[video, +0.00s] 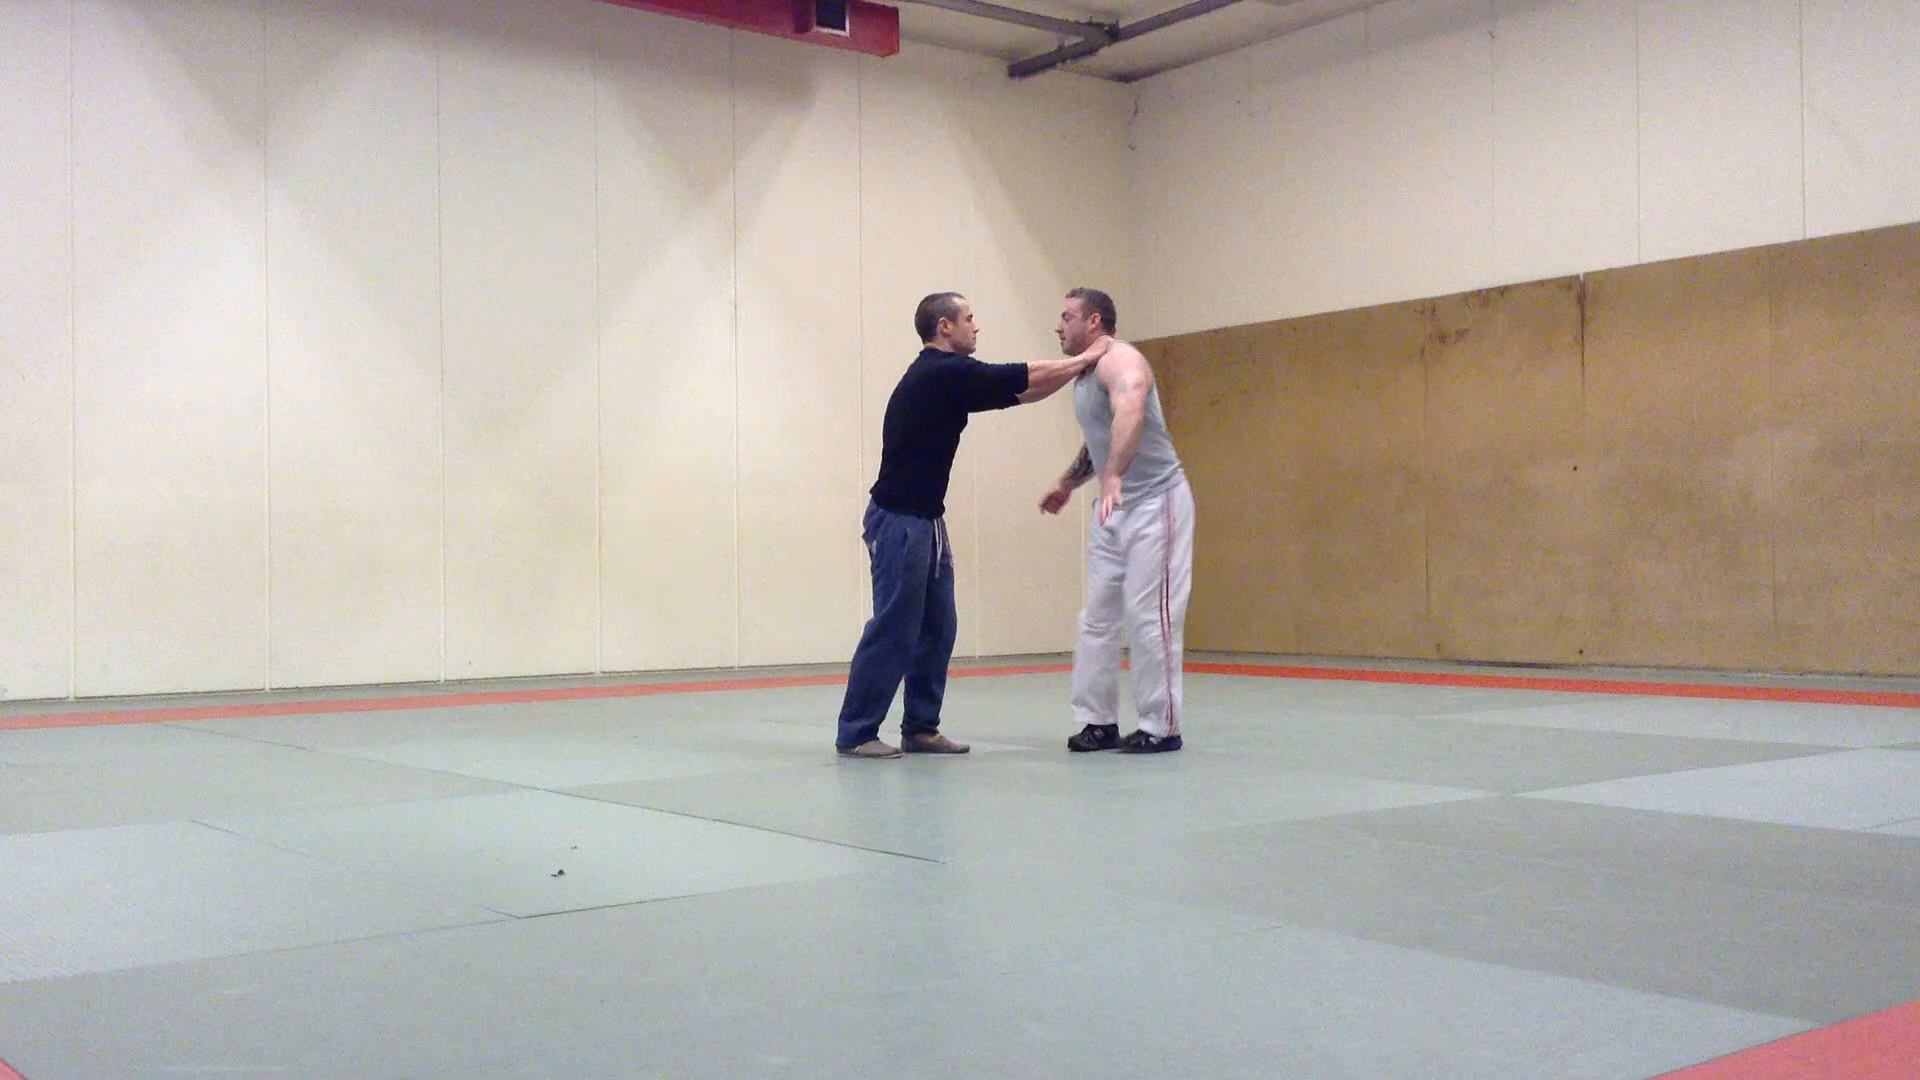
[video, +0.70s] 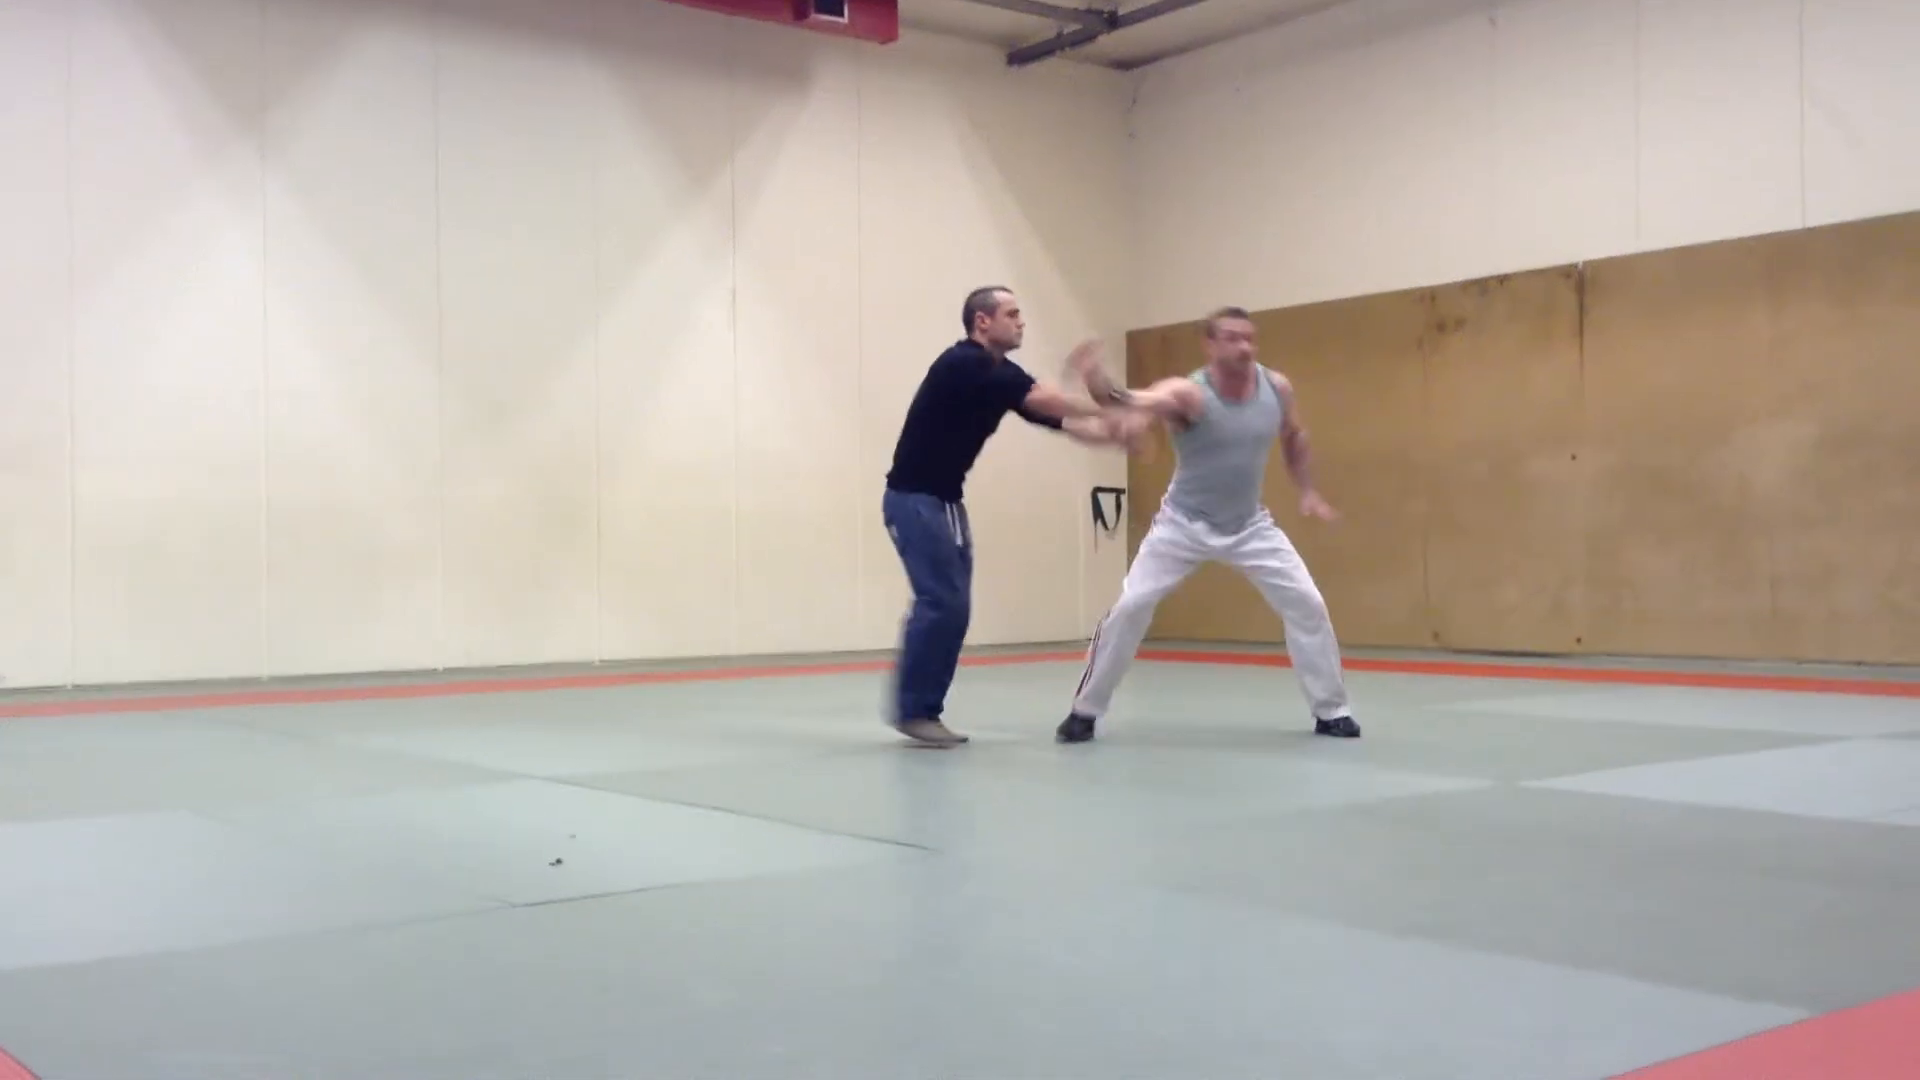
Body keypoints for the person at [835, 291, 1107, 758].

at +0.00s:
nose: (977, 327)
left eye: (974, 318)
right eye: (969, 319)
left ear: (941, 329)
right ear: (944, 327)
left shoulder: (947, 374)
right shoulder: (940, 372)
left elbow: (1022, 393)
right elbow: (1023, 375)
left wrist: (1078, 366)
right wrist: (1084, 358)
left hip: (928, 521)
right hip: (899, 521)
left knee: (937, 628)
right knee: (894, 626)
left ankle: (920, 731)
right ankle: (855, 735)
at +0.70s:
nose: (1021, 321)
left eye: (1020, 314)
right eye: (1012, 315)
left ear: (991, 323)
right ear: (982, 322)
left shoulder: (996, 372)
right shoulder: (970, 362)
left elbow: (1055, 420)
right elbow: (1051, 402)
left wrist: (1116, 429)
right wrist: (1129, 406)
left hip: (944, 502)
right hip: (916, 501)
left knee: (952, 606)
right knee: (941, 602)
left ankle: (922, 711)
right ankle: (913, 712)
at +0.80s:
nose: (1031, 330)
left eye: (1030, 322)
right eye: (1021, 323)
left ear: (1000, 329)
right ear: (990, 327)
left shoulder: (1017, 383)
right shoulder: (958, 373)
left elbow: (1057, 427)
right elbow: (1003, 421)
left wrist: (1084, 448)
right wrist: (1062, 442)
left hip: (963, 508)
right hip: (928, 507)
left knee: (965, 612)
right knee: (961, 612)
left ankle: (923, 712)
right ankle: (985, 729)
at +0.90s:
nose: (1035, 340)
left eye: (1035, 333)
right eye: (1027, 333)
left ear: (1012, 338)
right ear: (996, 338)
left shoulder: (1029, 397)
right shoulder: (954, 387)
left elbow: (1053, 450)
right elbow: (968, 452)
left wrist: (1057, 488)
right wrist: (1015, 487)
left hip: (978, 519)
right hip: (943, 518)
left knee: (981, 619)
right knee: (986, 616)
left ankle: (924, 715)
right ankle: (987, 733)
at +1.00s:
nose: (1047, 346)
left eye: (1046, 338)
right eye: (1037, 338)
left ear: (1018, 344)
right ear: (1007, 343)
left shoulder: (1041, 403)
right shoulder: (962, 394)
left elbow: (1052, 467)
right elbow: (941, 465)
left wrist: (1034, 510)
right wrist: (964, 518)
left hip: (989, 522)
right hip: (950, 521)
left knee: (990, 625)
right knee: (998, 623)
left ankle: (926, 713)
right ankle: (987, 737)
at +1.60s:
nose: (1061, 340)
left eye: (1060, 331)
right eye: (1056, 331)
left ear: (1025, 334)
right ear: (1031, 335)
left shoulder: (1006, 379)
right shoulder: (1004, 385)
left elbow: (1016, 460)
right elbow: (1002, 468)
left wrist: (1049, 501)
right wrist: (1030, 523)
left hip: (955, 517)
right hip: (969, 521)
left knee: (969, 622)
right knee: (999, 626)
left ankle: (937, 722)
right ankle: (987, 739)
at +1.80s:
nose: (1037, 337)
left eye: (1036, 328)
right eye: (1035, 328)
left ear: (988, 328)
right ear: (1024, 329)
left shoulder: (964, 371)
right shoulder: (1007, 382)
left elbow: (950, 445)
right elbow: (1021, 462)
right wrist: (1056, 520)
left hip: (942, 517)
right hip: (976, 523)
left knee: (960, 623)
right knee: (1000, 628)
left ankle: (937, 726)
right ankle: (987, 740)